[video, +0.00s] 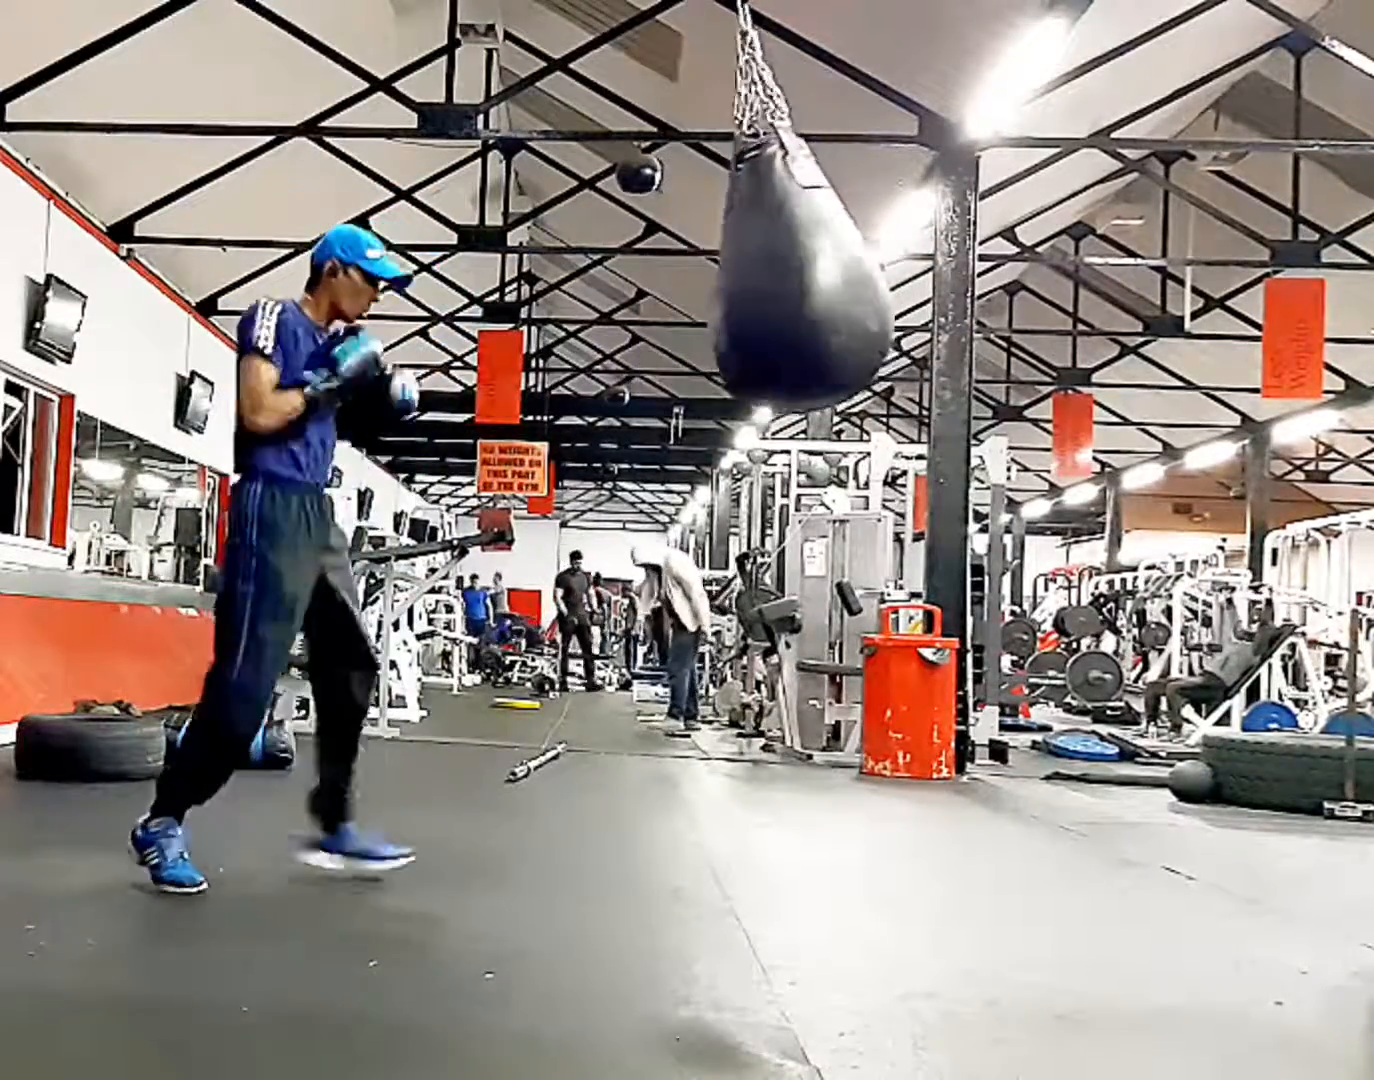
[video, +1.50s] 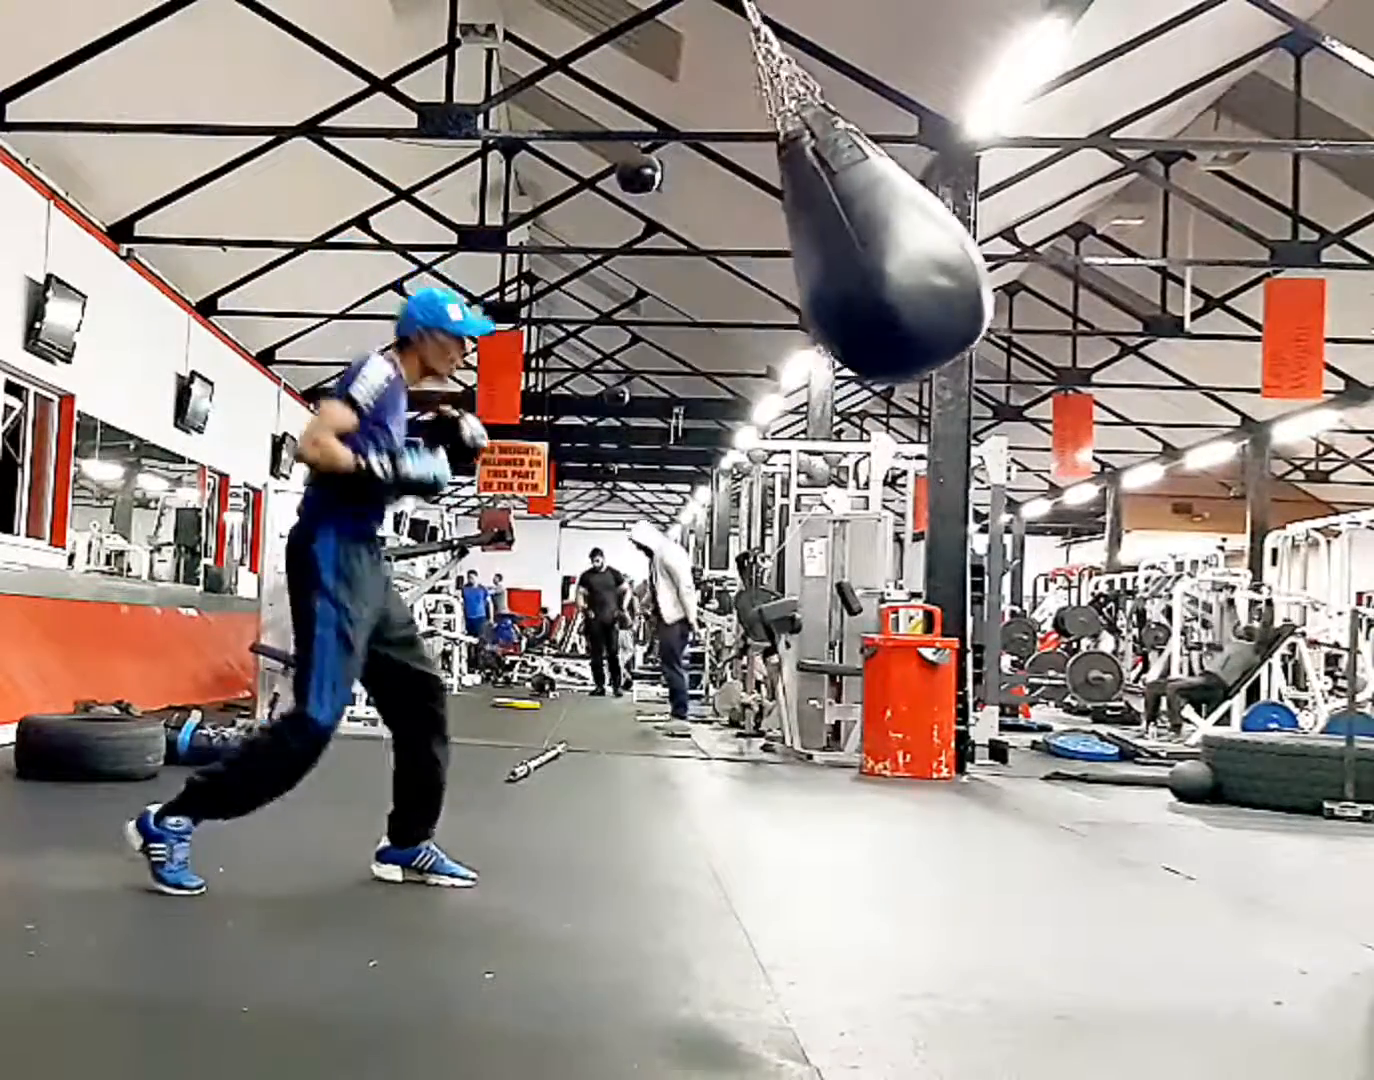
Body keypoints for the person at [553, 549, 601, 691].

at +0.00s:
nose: (577, 565)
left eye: (579, 562)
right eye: (575, 562)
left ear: (582, 562)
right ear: (570, 562)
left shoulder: (586, 577)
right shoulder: (562, 577)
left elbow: (591, 594)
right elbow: (557, 597)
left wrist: (594, 608)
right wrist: (565, 613)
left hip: (583, 615)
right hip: (568, 615)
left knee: (587, 648)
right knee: (565, 649)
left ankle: (590, 679)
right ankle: (563, 680)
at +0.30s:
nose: (593, 567)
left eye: (595, 564)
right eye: (590, 564)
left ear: (598, 564)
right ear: (586, 563)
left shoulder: (600, 579)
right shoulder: (575, 578)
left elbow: (604, 598)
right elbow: (566, 599)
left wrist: (605, 613)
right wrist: (570, 615)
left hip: (595, 620)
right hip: (578, 619)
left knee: (596, 655)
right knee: (573, 653)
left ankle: (598, 684)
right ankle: (565, 682)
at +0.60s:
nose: (602, 565)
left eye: (604, 562)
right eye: (600, 561)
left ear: (608, 562)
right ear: (596, 561)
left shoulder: (612, 579)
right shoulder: (586, 576)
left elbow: (618, 596)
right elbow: (577, 591)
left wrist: (618, 610)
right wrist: (583, 606)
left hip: (605, 616)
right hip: (590, 615)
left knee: (602, 652)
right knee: (587, 651)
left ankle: (600, 684)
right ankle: (584, 682)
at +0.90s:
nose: (602, 563)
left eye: (604, 560)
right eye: (599, 560)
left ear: (608, 561)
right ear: (596, 562)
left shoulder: (616, 579)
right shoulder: (588, 578)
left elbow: (624, 598)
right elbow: (581, 599)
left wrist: (619, 613)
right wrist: (588, 615)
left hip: (610, 618)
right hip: (595, 618)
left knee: (607, 651)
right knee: (597, 650)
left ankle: (602, 682)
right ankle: (596, 681)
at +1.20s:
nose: (598, 564)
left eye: (600, 561)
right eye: (595, 562)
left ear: (604, 561)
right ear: (592, 563)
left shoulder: (615, 576)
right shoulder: (587, 579)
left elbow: (624, 595)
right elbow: (581, 599)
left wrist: (622, 612)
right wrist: (586, 616)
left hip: (612, 617)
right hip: (595, 618)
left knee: (616, 649)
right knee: (597, 651)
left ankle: (607, 679)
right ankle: (599, 682)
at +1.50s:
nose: (596, 563)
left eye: (598, 560)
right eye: (594, 560)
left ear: (604, 559)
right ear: (591, 561)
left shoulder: (614, 574)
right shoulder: (586, 576)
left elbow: (626, 590)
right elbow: (580, 595)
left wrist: (623, 608)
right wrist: (584, 609)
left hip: (611, 619)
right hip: (594, 620)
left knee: (613, 654)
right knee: (596, 655)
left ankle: (616, 685)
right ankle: (599, 685)